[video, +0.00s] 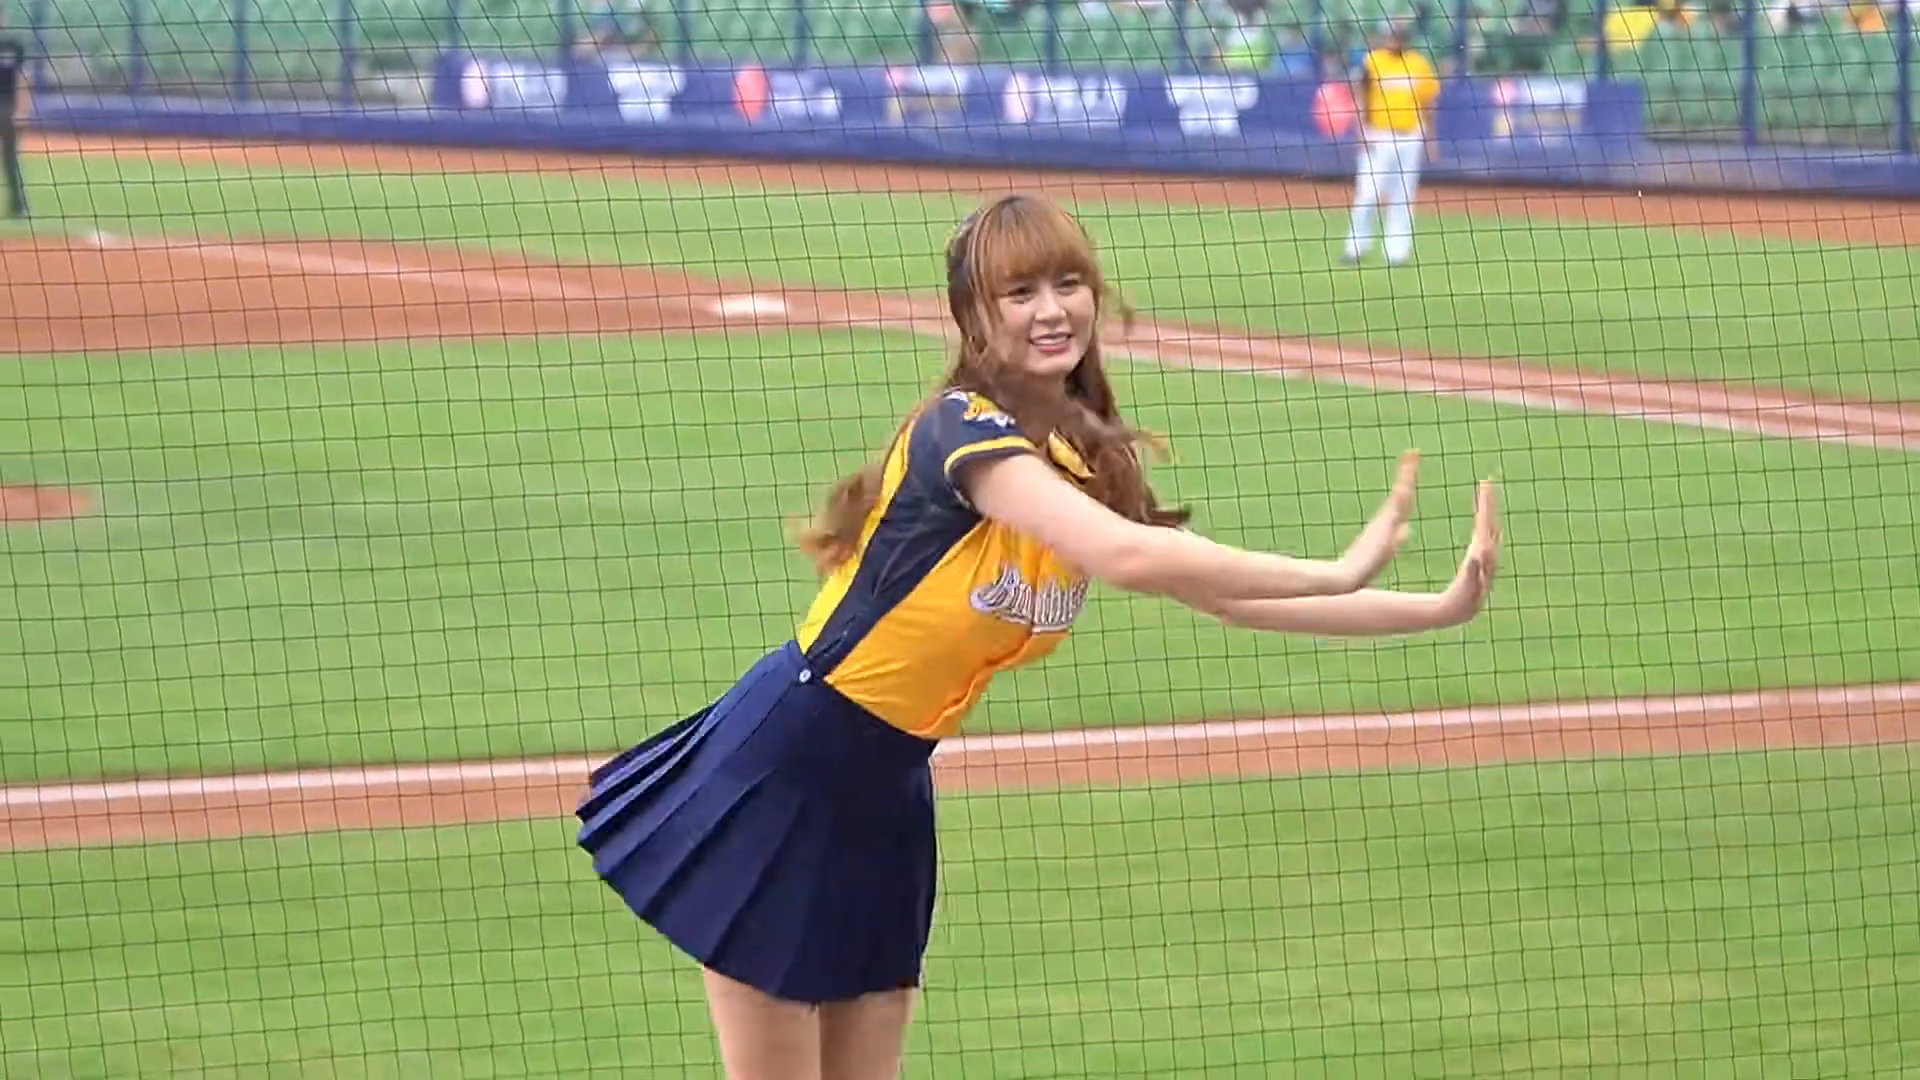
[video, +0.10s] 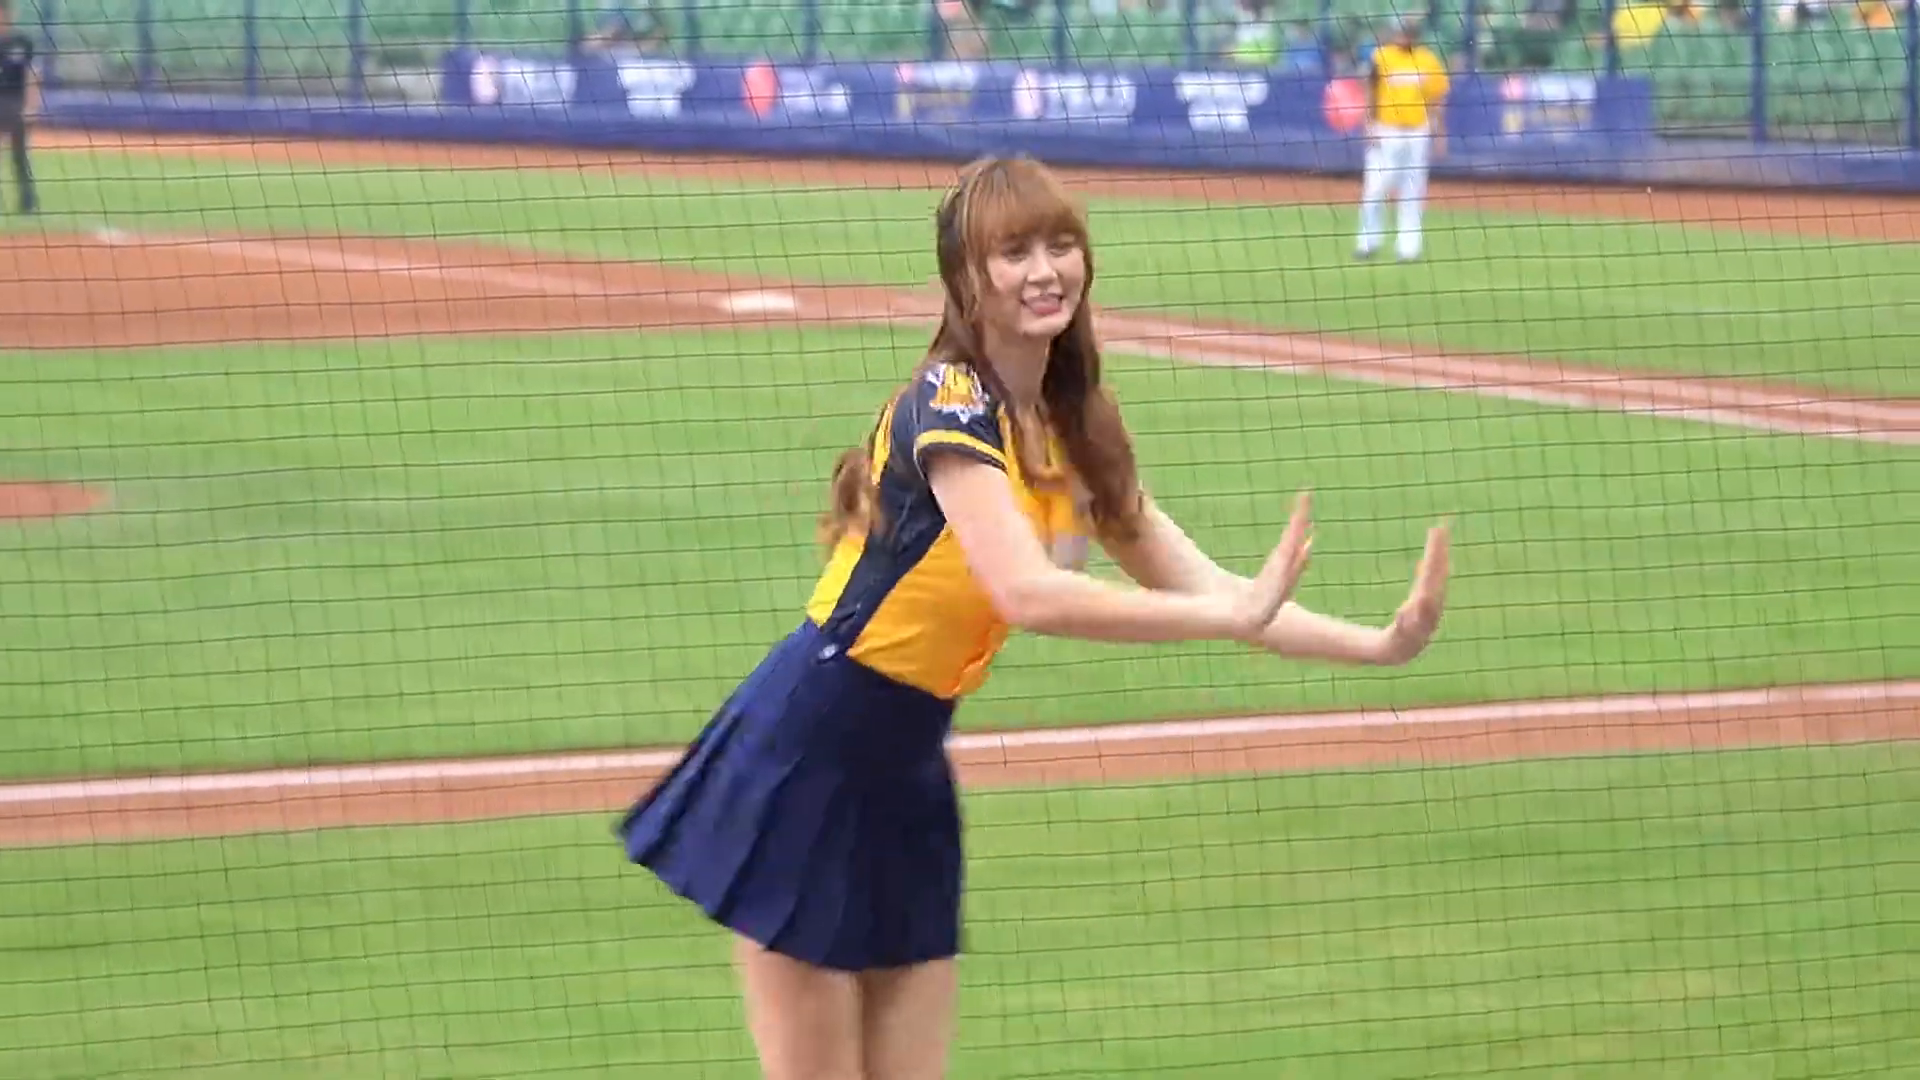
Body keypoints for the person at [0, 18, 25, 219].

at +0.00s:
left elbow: (20, 89)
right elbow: (19, 91)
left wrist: (18, 114)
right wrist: (18, 114)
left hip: (7, 117)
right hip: (7, 117)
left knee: (11, 161)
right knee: (10, 161)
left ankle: (18, 202)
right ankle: (18, 202)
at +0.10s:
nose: (3, 26)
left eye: (4, 21)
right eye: (2, 21)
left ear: (10, 20)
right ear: (1, 21)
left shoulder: (20, 45)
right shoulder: (12, 46)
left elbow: (31, 78)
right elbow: (30, 78)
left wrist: (31, 107)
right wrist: (31, 107)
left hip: (13, 107)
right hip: (7, 107)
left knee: (19, 155)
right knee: (18, 155)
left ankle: (27, 198)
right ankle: (27, 198)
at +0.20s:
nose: (19, 22)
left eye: (23, 17)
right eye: (16, 17)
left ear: (30, 16)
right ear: (10, 16)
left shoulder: (42, 40)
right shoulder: (6, 41)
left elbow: (51, 74)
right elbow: (3, 79)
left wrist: (51, 103)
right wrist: (3, 104)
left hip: (36, 104)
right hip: (11, 104)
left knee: (40, 152)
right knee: (8, 153)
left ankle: (47, 193)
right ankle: (5, 192)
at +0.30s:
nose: (38, 14)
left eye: (42, 10)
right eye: (34, 9)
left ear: (49, 10)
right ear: (28, 10)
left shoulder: (61, 35)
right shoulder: (20, 35)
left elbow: (69, 70)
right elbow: (17, 72)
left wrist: (69, 99)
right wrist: (20, 99)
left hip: (55, 98)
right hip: (31, 98)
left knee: (59, 146)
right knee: (28, 147)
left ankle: (66, 188)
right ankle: (24, 187)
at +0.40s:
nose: (59, 13)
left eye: (63, 9)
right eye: (56, 9)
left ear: (68, 9)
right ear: (49, 9)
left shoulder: (81, 32)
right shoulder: (42, 32)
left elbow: (88, 66)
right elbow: (36, 68)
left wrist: (89, 94)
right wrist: (42, 94)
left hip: (74, 93)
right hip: (51, 93)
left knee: (79, 142)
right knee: (48, 142)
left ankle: (85, 185)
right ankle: (44, 185)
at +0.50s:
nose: (79, 12)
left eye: (82, 7)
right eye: (75, 7)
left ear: (88, 7)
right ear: (69, 7)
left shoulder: (100, 29)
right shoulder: (61, 29)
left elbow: (109, 63)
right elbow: (55, 64)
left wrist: (108, 91)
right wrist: (61, 91)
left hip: (94, 91)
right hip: (71, 91)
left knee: (98, 139)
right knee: (68, 139)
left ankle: (104, 182)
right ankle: (63, 181)